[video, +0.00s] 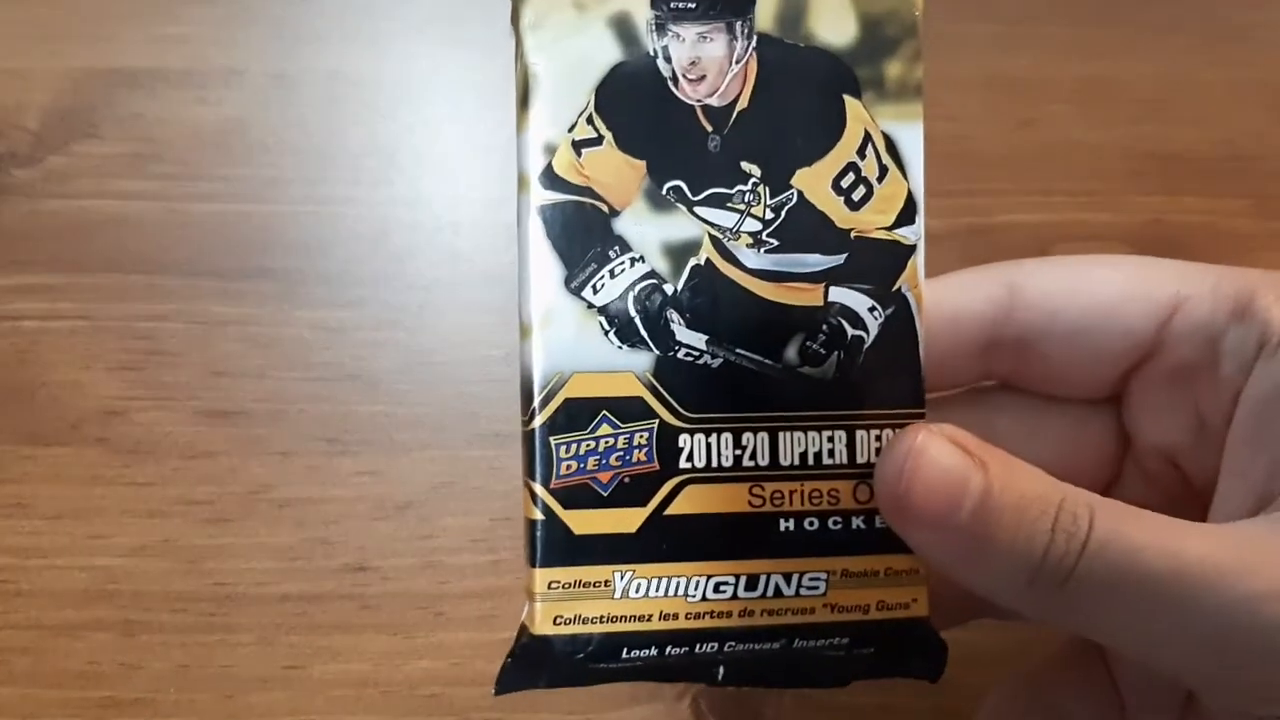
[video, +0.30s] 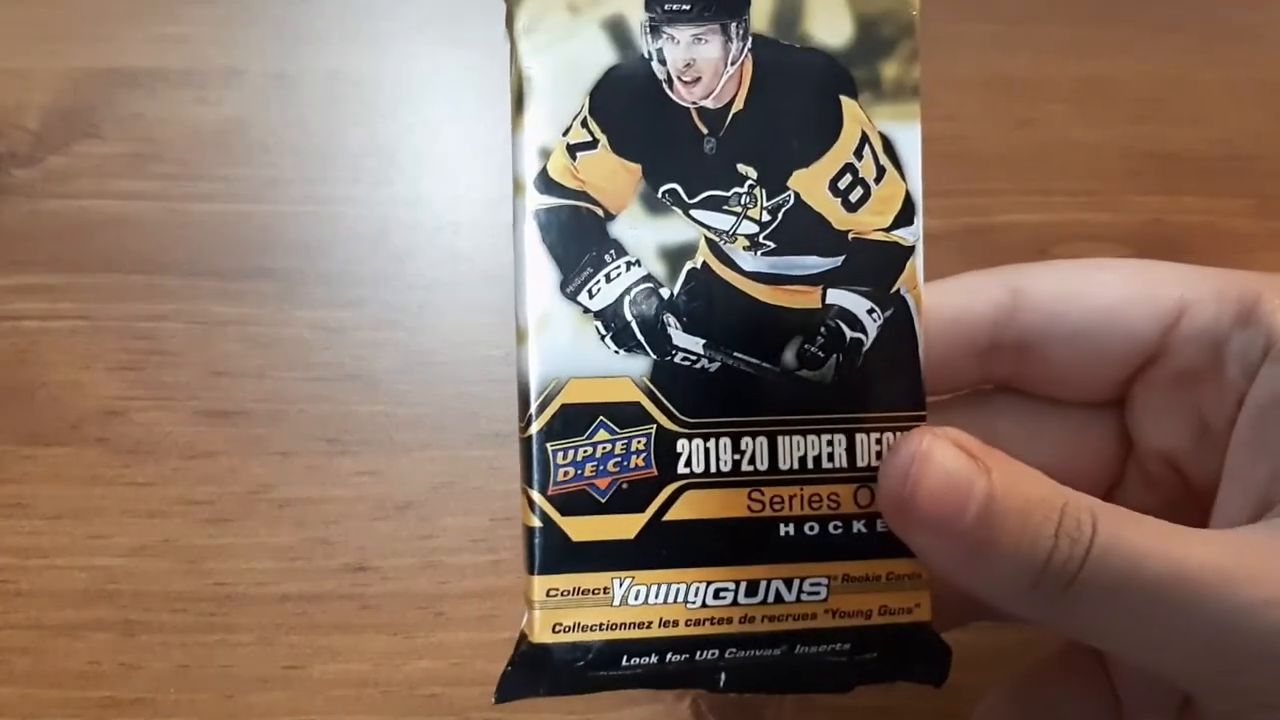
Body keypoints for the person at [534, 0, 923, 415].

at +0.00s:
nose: (687, 59)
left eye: (707, 37)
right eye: (673, 37)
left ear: (743, 34)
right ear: (658, 36)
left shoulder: (811, 90)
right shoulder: (633, 97)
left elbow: (889, 219)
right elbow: (567, 194)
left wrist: (845, 322)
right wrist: (624, 286)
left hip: (847, 288)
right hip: (733, 280)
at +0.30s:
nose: (681, 61)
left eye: (701, 39)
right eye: (666, 40)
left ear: (738, 35)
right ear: (651, 40)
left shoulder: (807, 91)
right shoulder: (627, 100)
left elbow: (889, 219)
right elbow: (562, 197)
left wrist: (844, 324)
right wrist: (621, 290)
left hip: (845, 292)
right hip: (729, 283)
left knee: (884, 451)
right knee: (667, 434)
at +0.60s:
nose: (680, 62)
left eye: (700, 40)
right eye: (666, 41)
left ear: (738, 35)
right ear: (651, 42)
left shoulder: (808, 90)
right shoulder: (628, 101)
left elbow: (892, 220)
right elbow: (563, 203)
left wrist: (851, 325)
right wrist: (626, 297)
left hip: (850, 288)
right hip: (735, 283)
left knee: (889, 445)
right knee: (675, 431)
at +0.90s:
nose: (685, 58)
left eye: (703, 35)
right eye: (670, 36)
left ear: (741, 30)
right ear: (655, 38)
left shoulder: (813, 85)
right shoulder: (631, 97)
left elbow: (897, 215)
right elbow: (565, 199)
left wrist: (857, 320)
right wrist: (625, 290)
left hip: (856, 286)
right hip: (738, 282)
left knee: (891, 448)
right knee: (675, 432)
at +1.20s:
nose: (712, 54)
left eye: (732, 32)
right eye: (696, 31)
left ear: (770, 29)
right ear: (679, 30)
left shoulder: (840, 85)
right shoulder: (655, 92)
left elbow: (922, 222)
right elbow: (587, 199)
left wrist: (879, 328)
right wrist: (643, 292)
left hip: (876, 294)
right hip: (759, 285)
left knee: (908, 455)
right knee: (696, 431)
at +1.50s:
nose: (704, 48)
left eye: (724, 25)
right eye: (687, 25)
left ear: (762, 24)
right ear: (671, 24)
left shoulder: (832, 81)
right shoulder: (647, 87)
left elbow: (914, 215)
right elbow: (579, 189)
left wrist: (871, 321)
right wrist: (638, 286)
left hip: (871, 282)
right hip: (753, 275)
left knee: (903, 445)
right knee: (685, 423)